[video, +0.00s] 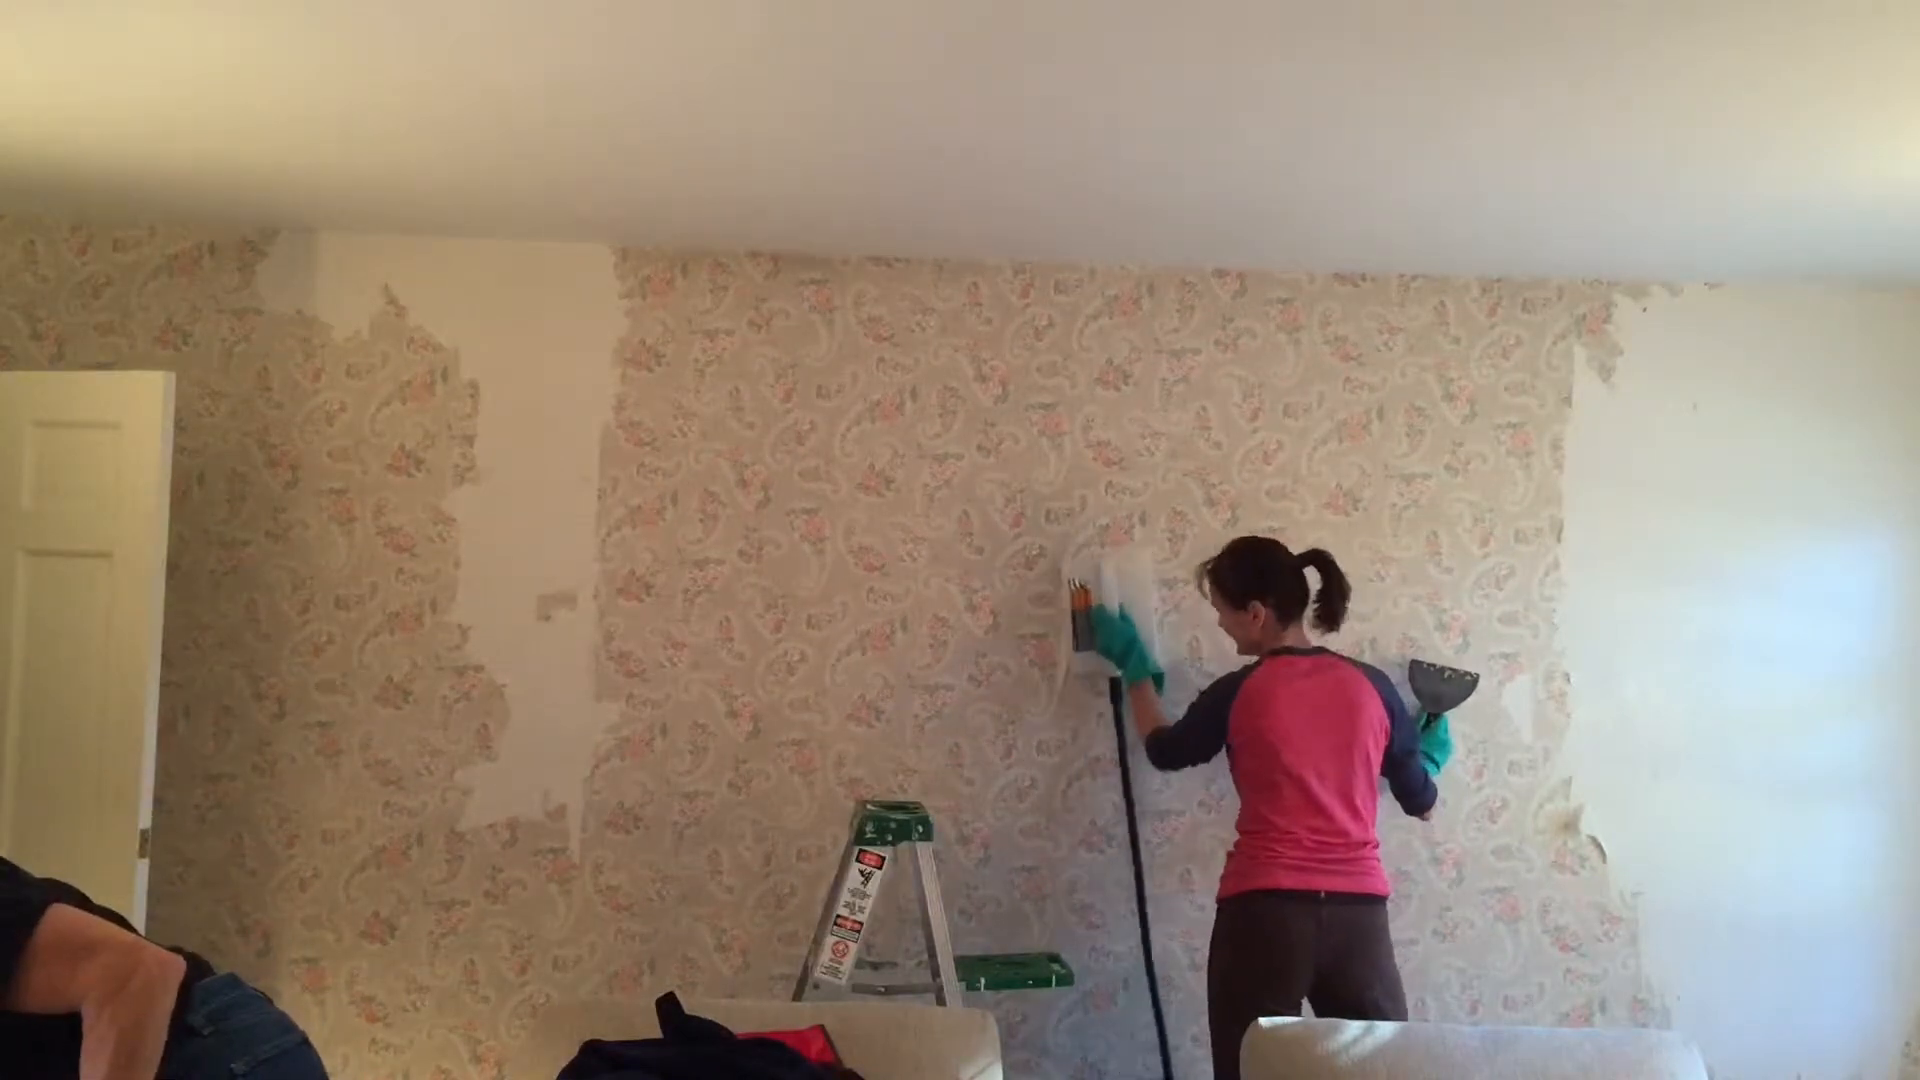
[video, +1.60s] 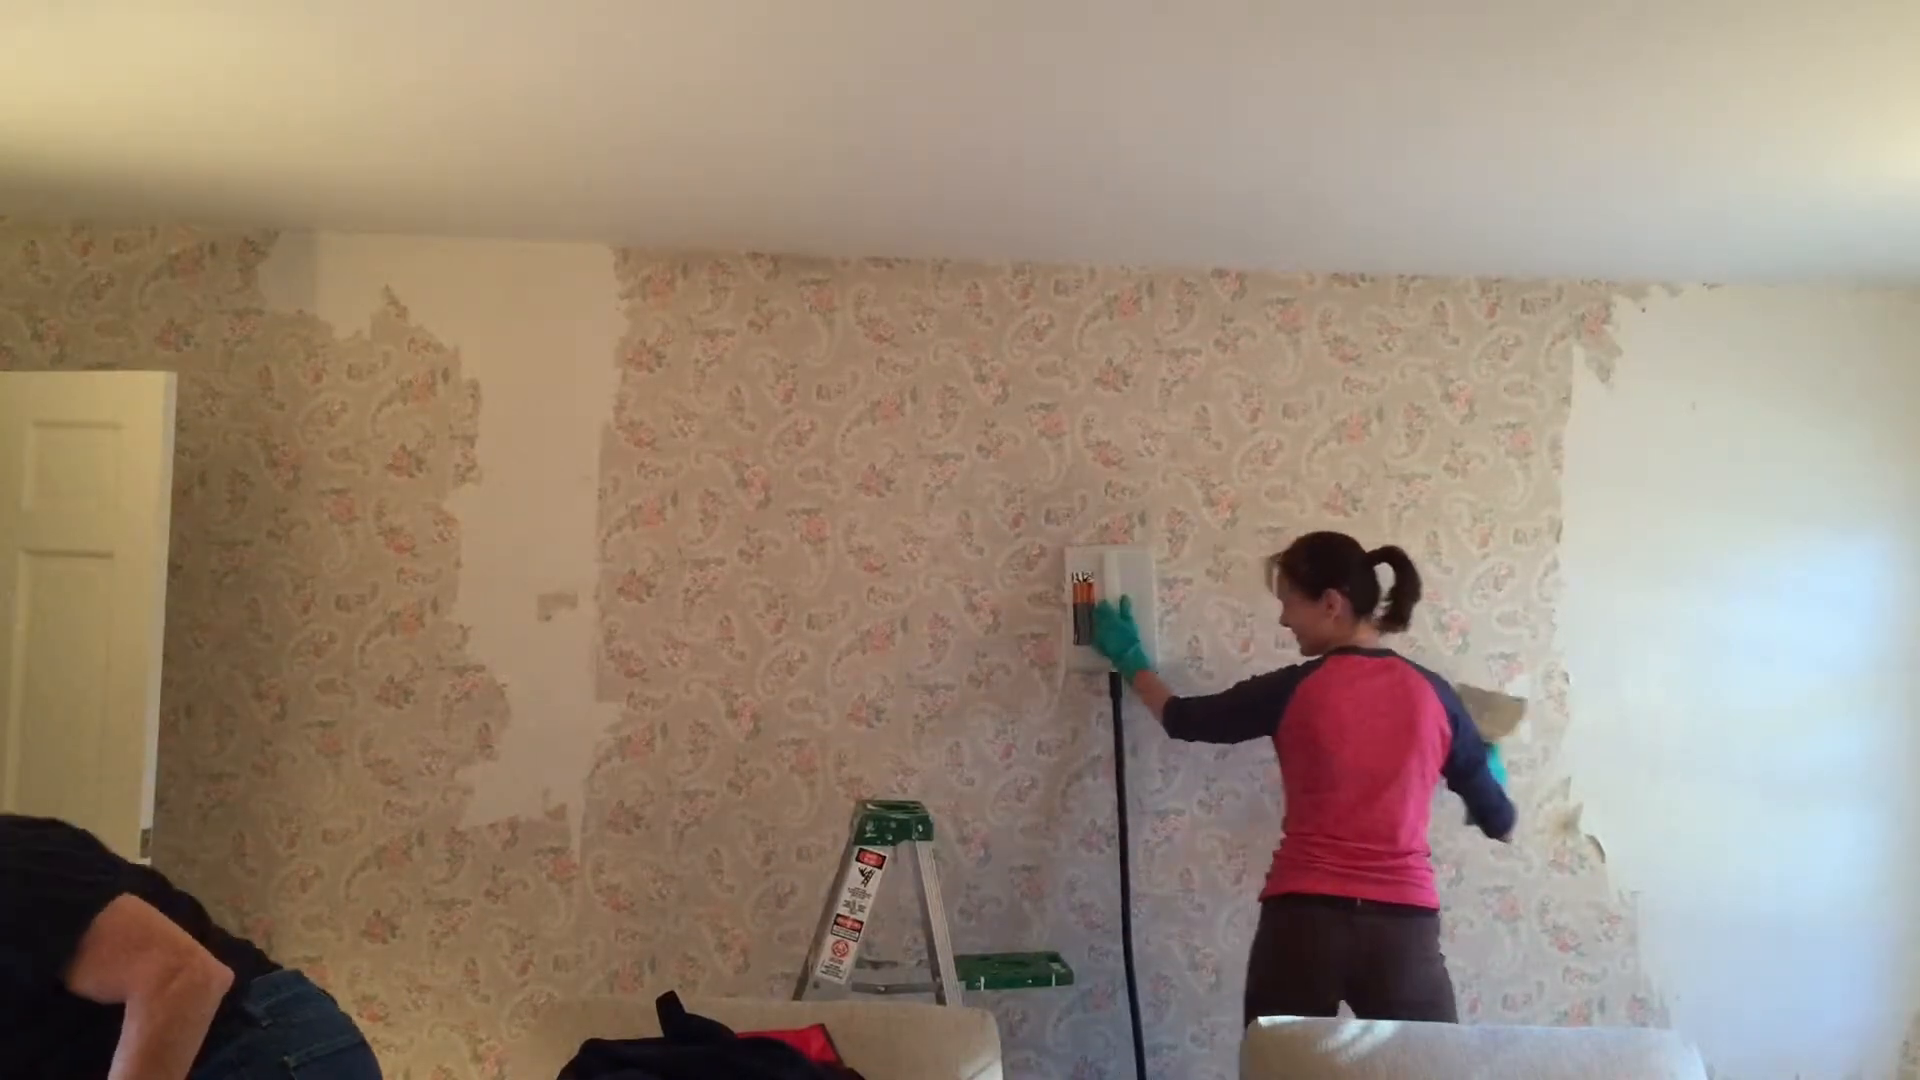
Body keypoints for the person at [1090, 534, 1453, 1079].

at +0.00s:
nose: (1218, 622)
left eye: (1221, 609)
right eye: (1216, 609)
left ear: (1257, 613)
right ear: (1296, 607)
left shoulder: (1239, 690)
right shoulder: (1374, 688)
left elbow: (1164, 750)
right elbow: (1418, 799)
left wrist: (1135, 672)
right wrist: (1430, 755)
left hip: (1261, 923)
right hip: (1359, 925)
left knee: (1247, 1074)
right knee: (1384, 1073)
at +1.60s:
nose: (1282, 618)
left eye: (1289, 601)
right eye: (1282, 601)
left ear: (1332, 604)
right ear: (1339, 604)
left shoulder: (1295, 687)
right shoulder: (1434, 694)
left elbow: (1182, 718)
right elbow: (1500, 820)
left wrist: (1130, 659)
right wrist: (1485, 769)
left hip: (1298, 931)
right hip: (1402, 939)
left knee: (1276, 1067)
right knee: (1431, 1075)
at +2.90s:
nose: (1522, 636)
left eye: (1523, 624)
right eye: (1523, 625)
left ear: (1444, 631)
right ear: (1511, 632)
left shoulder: (1403, 710)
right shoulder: (1549, 721)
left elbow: (1314, 771)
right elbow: (1584, 856)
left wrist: (1310, 698)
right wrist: (1589, 802)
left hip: (1420, 968)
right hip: (1528, 971)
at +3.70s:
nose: (1664, 619)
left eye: (1665, 608)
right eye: (1667, 608)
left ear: (1674, 619)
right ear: (1746, 627)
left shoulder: (1608, 695)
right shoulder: (1766, 740)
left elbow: (1547, 731)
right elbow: (1788, 893)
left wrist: (1552, 649)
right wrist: (1768, 808)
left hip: (1585, 953)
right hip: (1700, 966)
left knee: (1536, 1072)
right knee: (1710, 1072)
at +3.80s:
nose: (1669, 631)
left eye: (1671, 621)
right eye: (1672, 620)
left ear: (1681, 634)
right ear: (1747, 643)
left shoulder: (1612, 708)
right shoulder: (1767, 753)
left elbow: (1545, 729)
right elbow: (1784, 902)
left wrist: (1554, 643)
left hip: (1594, 967)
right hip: (1708, 979)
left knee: (1550, 1071)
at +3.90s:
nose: (1665, 628)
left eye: (1667, 617)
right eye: (1668, 616)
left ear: (1677, 631)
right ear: (1745, 638)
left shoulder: (1614, 704)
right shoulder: (1769, 747)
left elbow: (1545, 729)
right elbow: (1779, 889)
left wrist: (1552, 644)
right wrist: (1751, 814)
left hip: (1595, 964)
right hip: (1709, 976)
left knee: (1550, 1071)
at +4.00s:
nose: (1652, 611)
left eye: (1654, 600)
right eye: (1654, 599)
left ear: (1668, 614)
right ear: (1733, 618)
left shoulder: (1608, 691)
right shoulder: (1766, 727)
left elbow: (1544, 727)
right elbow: (1774, 867)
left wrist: (1551, 649)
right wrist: (1728, 797)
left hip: (1591, 943)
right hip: (1703, 956)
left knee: (1559, 1073)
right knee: (1711, 1073)